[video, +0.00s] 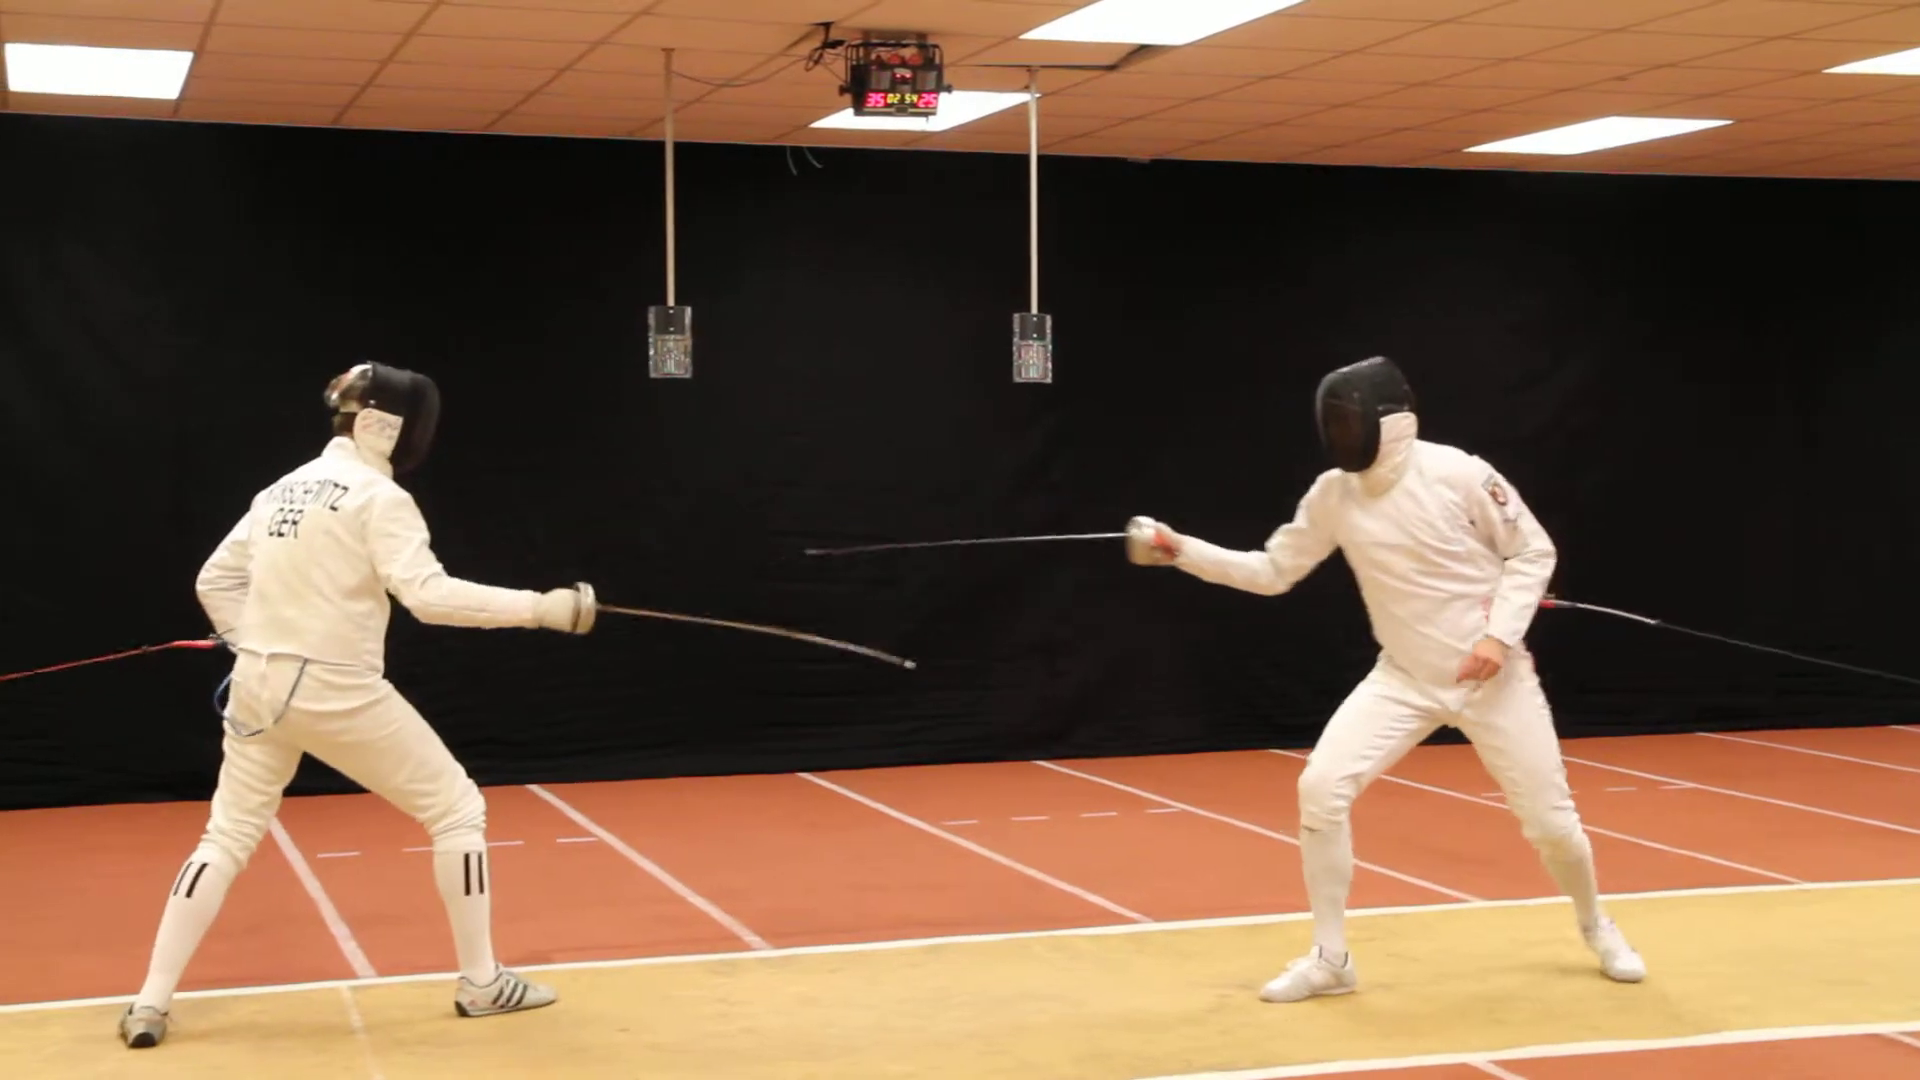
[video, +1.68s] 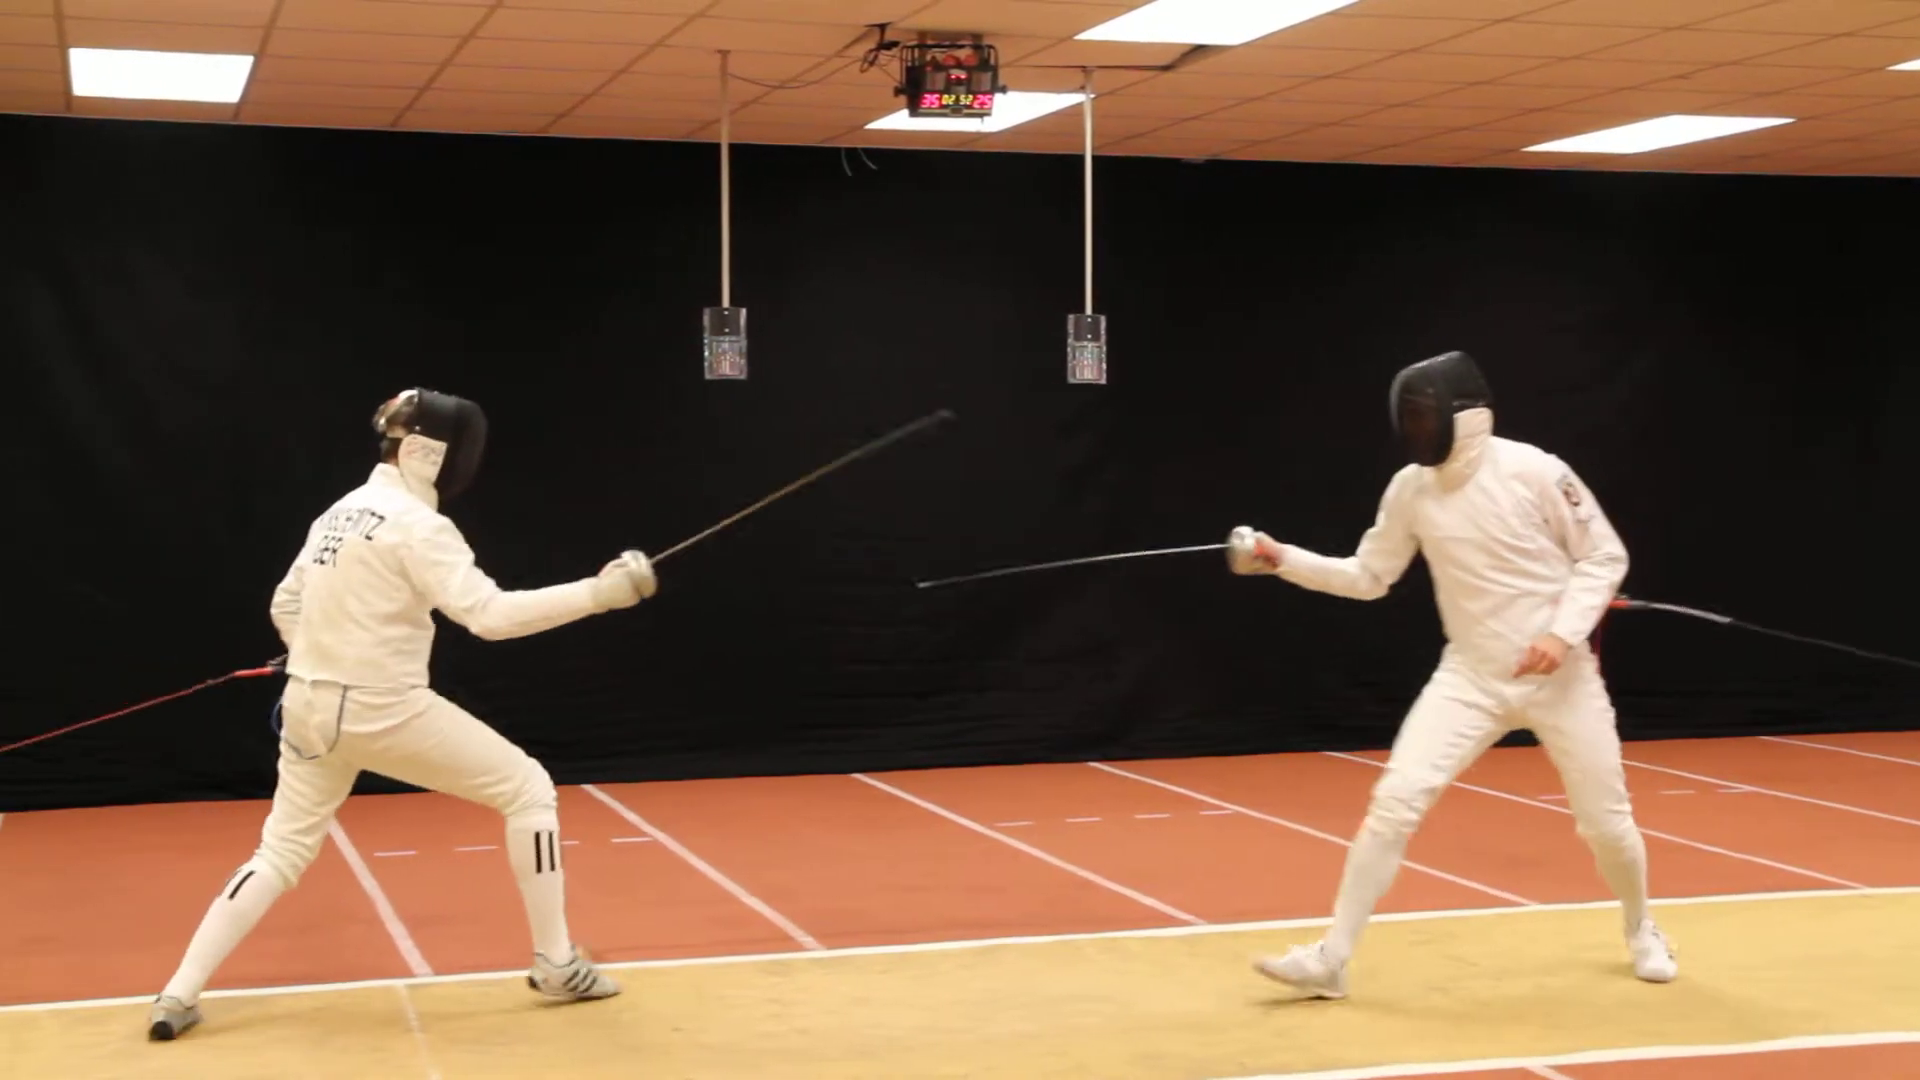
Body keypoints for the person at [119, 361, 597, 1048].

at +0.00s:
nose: (415, 440)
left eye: (415, 426)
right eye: (412, 427)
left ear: (341, 417)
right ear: (393, 427)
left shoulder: (279, 493)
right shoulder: (380, 499)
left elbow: (216, 581)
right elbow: (428, 595)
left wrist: (262, 651)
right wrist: (544, 606)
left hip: (256, 689)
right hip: (339, 691)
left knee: (225, 837)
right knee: (456, 811)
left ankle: (150, 1003)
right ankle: (482, 981)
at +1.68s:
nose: (455, 463)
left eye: (454, 450)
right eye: (449, 450)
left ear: (396, 448)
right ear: (421, 451)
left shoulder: (339, 515)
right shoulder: (420, 528)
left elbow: (286, 604)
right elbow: (489, 613)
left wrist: (322, 670)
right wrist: (600, 591)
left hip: (308, 710)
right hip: (388, 709)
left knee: (279, 854)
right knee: (527, 789)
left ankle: (176, 995)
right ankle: (557, 961)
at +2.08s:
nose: (573, 466)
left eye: (569, 450)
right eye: (569, 452)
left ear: (521, 443)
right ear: (553, 450)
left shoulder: (454, 505)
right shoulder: (547, 518)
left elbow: (388, 591)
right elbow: (641, 591)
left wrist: (424, 666)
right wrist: (754, 580)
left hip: (406, 687)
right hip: (485, 697)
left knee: (357, 834)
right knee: (601, 799)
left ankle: (245, 968)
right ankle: (619, 966)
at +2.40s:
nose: (557, 449)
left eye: (551, 435)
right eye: (554, 436)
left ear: (504, 435)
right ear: (536, 442)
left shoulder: (439, 502)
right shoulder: (531, 511)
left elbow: (376, 591)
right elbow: (577, 601)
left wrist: (414, 662)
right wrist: (691, 605)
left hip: (408, 691)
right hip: (491, 697)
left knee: (361, 835)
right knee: (605, 801)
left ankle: (250, 977)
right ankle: (619, 967)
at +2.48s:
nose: (544, 460)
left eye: (540, 446)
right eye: (538, 447)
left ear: (477, 445)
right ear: (514, 452)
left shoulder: (416, 517)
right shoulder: (509, 523)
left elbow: (357, 604)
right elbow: (559, 613)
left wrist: (400, 673)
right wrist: (674, 613)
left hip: (390, 706)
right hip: (475, 710)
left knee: (345, 846)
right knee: (597, 798)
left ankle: (239, 987)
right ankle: (618, 967)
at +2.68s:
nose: (531, 472)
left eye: (526, 457)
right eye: (527, 459)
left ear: (462, 457)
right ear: (506, 464)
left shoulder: (404, 525)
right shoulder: (497, 535)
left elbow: (346, 612)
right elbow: (574, 616)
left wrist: (381, 684)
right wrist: (685, 603)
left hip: (377, 713)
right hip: (458, 717)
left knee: (342, 856)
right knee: (587, 814)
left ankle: (237, 991)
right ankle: (650, 963)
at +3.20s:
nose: (656, 473)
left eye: (633, 456)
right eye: (659, 463)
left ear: (599, 458)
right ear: (655, 467)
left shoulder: (541, 521)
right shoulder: (646, 529)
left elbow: (473, 604)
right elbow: (737, 581)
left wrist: (494, 673)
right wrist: (844, 568)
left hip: (495, 692)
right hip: (579, 701)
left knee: (397, 827)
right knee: (689, 813)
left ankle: (267, 951)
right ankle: (770, 956)